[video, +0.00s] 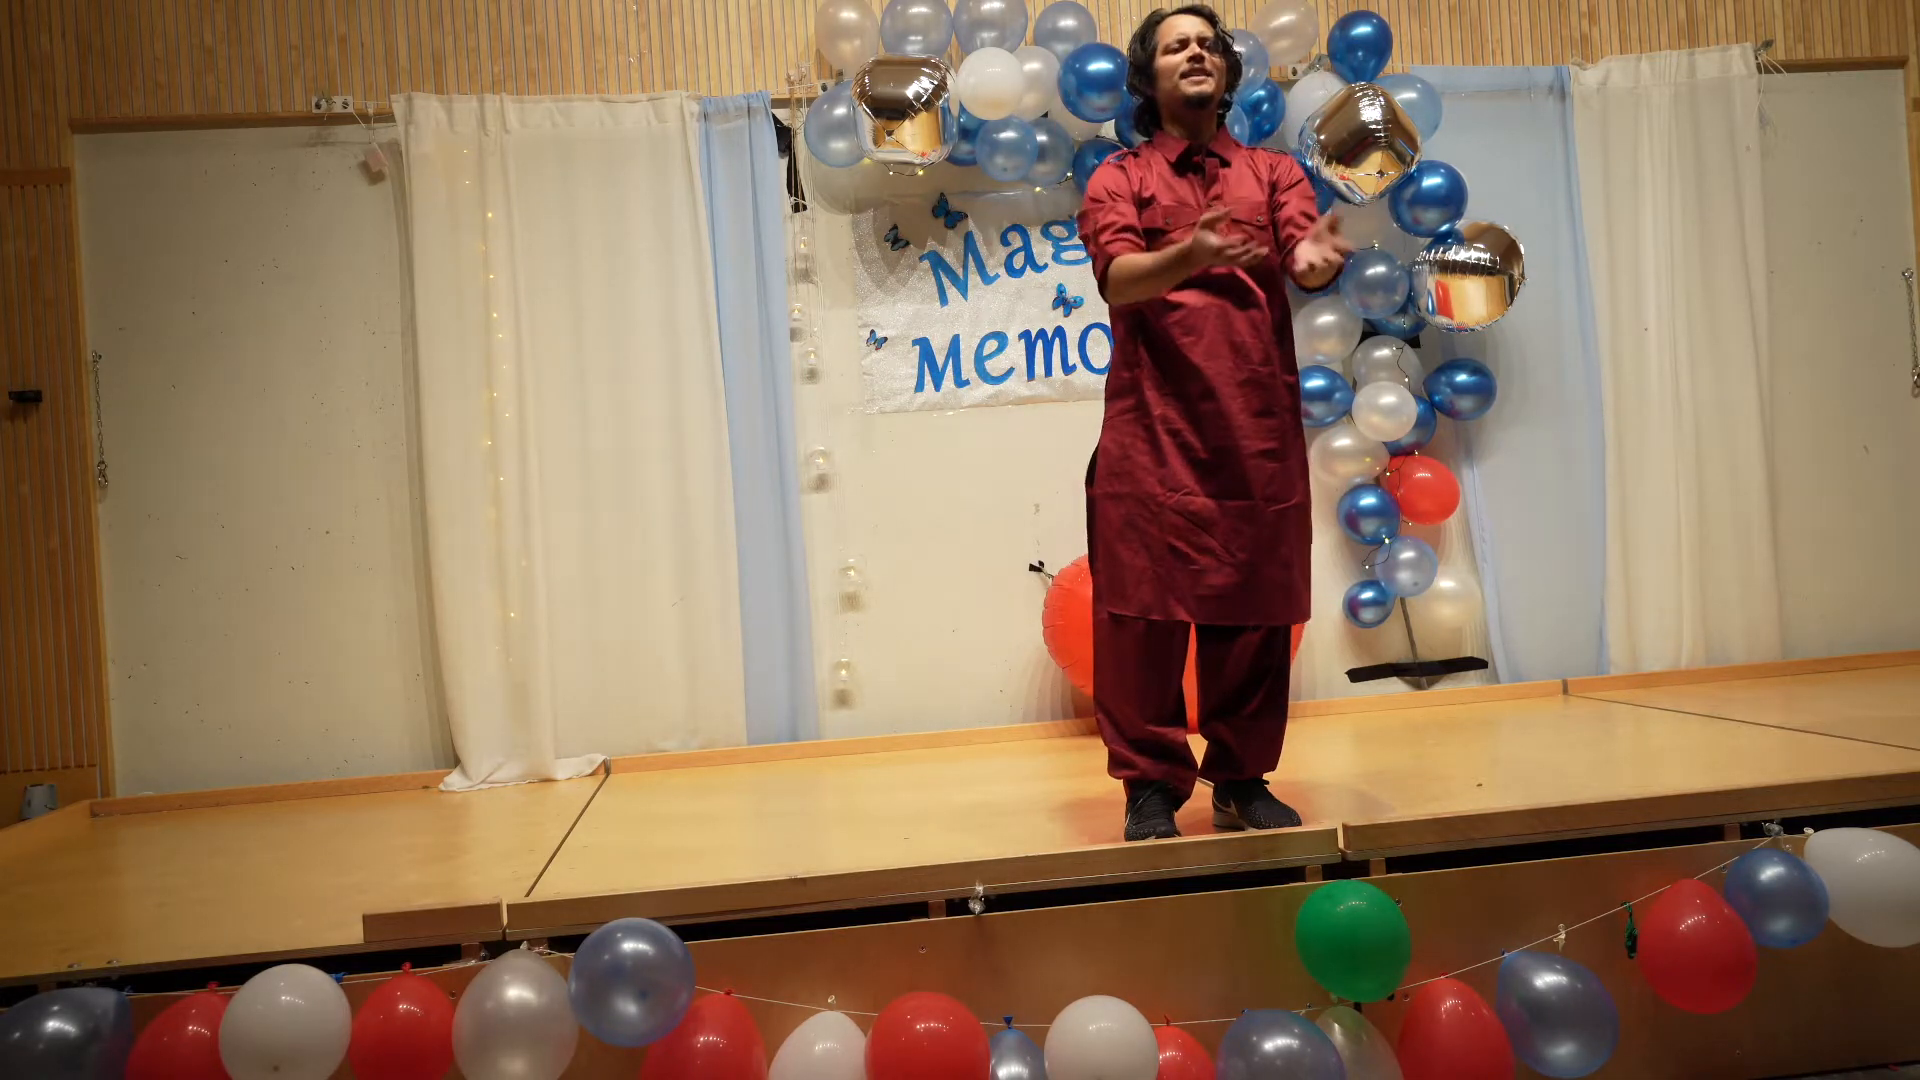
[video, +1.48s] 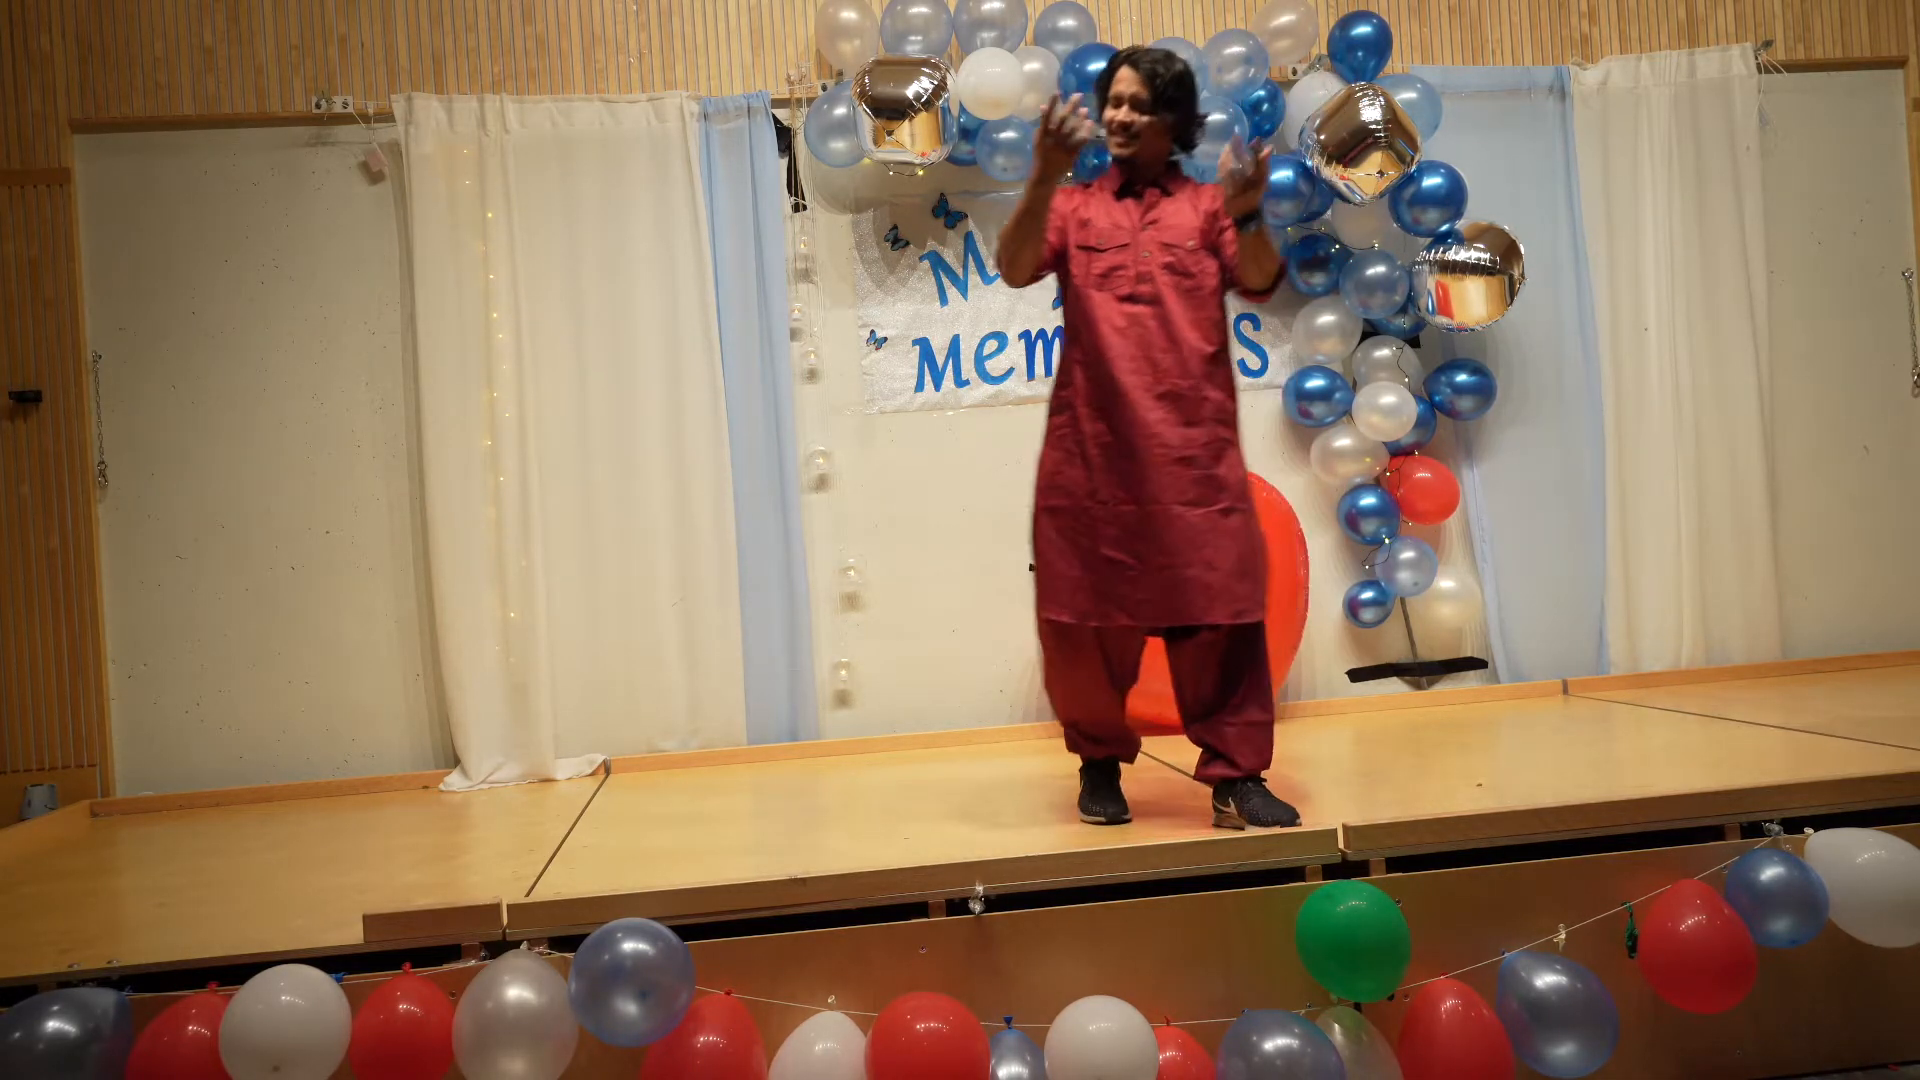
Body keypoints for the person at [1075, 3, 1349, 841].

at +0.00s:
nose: (1197, 55)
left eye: (1209, 45)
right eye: (1177, 47)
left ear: (1231, 72)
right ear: (1146, 80)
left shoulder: (1274, 171)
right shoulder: (1117, 179)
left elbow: (1314, 240)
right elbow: (1117, 281)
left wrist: (1316, 256)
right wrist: (1192, 249)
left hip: (1256, 423)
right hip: (1152, 426)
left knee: (1252, 604)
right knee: (1142, 607)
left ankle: (1241, 784)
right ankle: (1150, 789)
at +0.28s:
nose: (1190, 62)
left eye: (1203, 51)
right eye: (1172, 54)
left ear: (1227, 77)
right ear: (1145, 85)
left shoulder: (1272, 170)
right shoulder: (1120, 178)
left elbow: (1326, 254)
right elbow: (1115, 268)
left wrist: (1348, 195)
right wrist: (1175, 194)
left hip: (1259, 423)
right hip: (1157, 427)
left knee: (1257, 606)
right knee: (1147, 607)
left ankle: (1241, 782)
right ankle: (1151, 788)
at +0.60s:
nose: (1178, 77)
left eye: (1194, 64)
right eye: (1163, 68)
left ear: (1226, 85)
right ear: (1141, 95)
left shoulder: (1270, 174)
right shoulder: (1121, 182)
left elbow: (1339, 242)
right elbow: (1093, 261)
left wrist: (1343, 167)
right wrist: (1145, 167)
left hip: (1261, 432)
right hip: (1160, 433)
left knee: (1257, 612)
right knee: (1147, 611)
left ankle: (1241, 783)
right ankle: (1151, 787)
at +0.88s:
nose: (1169, 85)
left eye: (1185, 72)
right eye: (1156, 76)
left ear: (1221, 89)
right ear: (1138, 100)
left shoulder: (1265, 177)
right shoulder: (1121, 183)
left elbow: (1327, 248)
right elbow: (1084, 267)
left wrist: (1323, 178)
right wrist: (1130, 174)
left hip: (1256, 429)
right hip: (1154, 429)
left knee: (1255, 606)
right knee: (1141, 605)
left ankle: (1242, 780)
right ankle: (1142, 784)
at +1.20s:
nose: (1148, 98)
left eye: (1166, 86)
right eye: (1138, 87)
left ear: (1204, 103)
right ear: (1123, 105)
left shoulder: (1244, 184)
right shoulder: (1108, 192)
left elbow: (1304, 257)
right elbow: (1058, 270)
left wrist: (1290, 189)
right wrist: (1096, 178)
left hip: (1239, 434)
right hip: (1137, 435)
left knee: (1248, 610)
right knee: (1119, 607)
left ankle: (1240, 778)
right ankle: (1115, 749)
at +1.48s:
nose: (1119, 116)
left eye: (1138, 105)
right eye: (1112, 102)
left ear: (1176, 120)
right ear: (1100, 111)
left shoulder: (1207, 201)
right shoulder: (1073, 199)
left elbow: (1262, 283)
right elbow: (1015, 267)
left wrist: (1246, 214)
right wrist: (1044, 175)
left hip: (1194, 435)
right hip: (1093, 438)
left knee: (1222, 600)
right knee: (1085, 603)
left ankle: (1238, 777)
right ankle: (1099, 769)